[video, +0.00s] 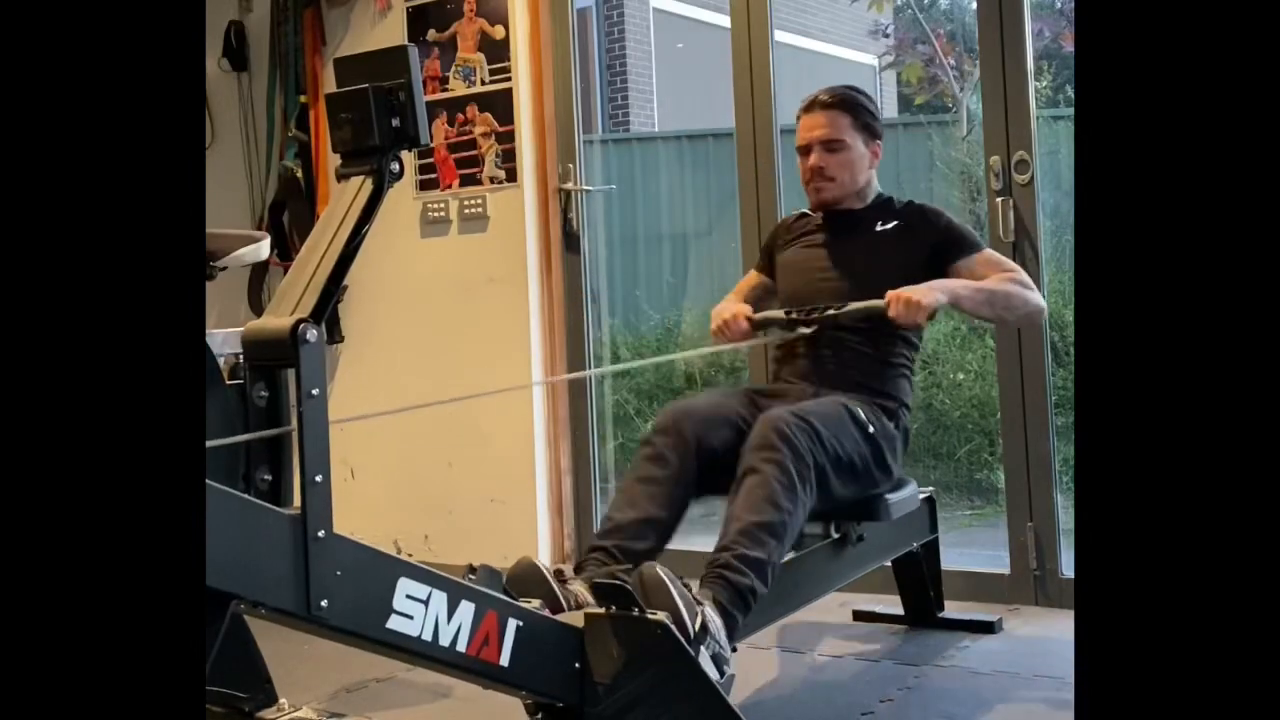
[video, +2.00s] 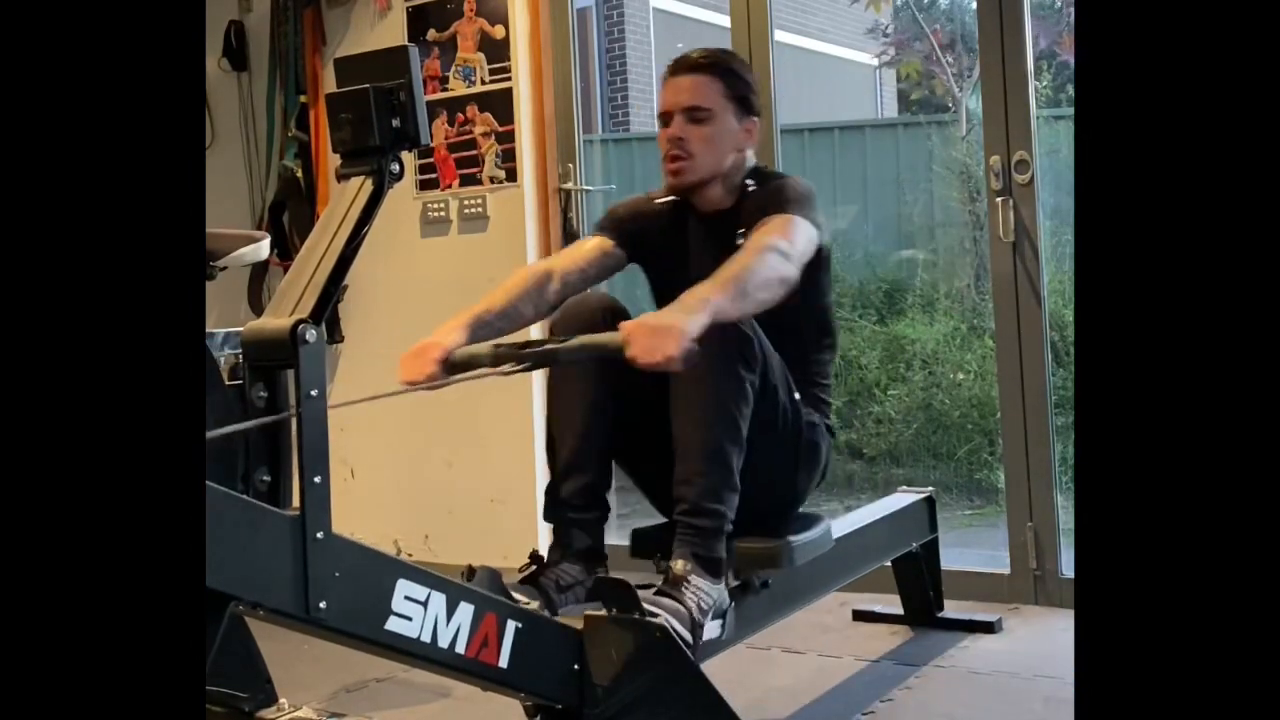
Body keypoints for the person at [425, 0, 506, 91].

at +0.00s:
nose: (471, 7)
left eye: (473, 4)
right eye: (468, 4)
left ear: (476, 7)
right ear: (463, 8)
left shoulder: (480, 22)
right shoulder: (458, 25)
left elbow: (494, 34)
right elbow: (445, 36)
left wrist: (498, 32)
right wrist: (435, 36)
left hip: (474, 61)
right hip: (460, 60)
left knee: (474, 89)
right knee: (458, 89)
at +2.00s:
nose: (471, 8)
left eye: (473, 5)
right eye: (468, 5)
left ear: (476, 8)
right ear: (463, 8)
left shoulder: (480, 22)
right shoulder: (458, 24)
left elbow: (493, 33)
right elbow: (445, 36)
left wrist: (498, 32)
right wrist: (435, 36)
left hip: (474, 60)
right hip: (460, 59)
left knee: (474, 88)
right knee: (458, 89)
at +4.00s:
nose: (471, 7)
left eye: (473, 4)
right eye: (468, 4)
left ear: (476, 7)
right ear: (463, 8)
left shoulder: (480, 22)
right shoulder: (457, 25)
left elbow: (493, 34)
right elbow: (445, 36)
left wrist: (498, 32)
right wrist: (435, 36)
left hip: (474, 60)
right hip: (460, 59)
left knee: (474, 89)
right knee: (458, 89)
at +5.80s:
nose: (471, 7)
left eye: (473, 5)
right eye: (468, 4)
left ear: (476, 8)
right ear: (463, 7)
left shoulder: (480, 22)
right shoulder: (457, 25)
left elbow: (493, 34)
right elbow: (445, 36)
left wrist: (498, 32)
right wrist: (435, 36)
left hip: (474, 60)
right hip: (460, 60)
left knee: (474, 89)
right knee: (459, 89)